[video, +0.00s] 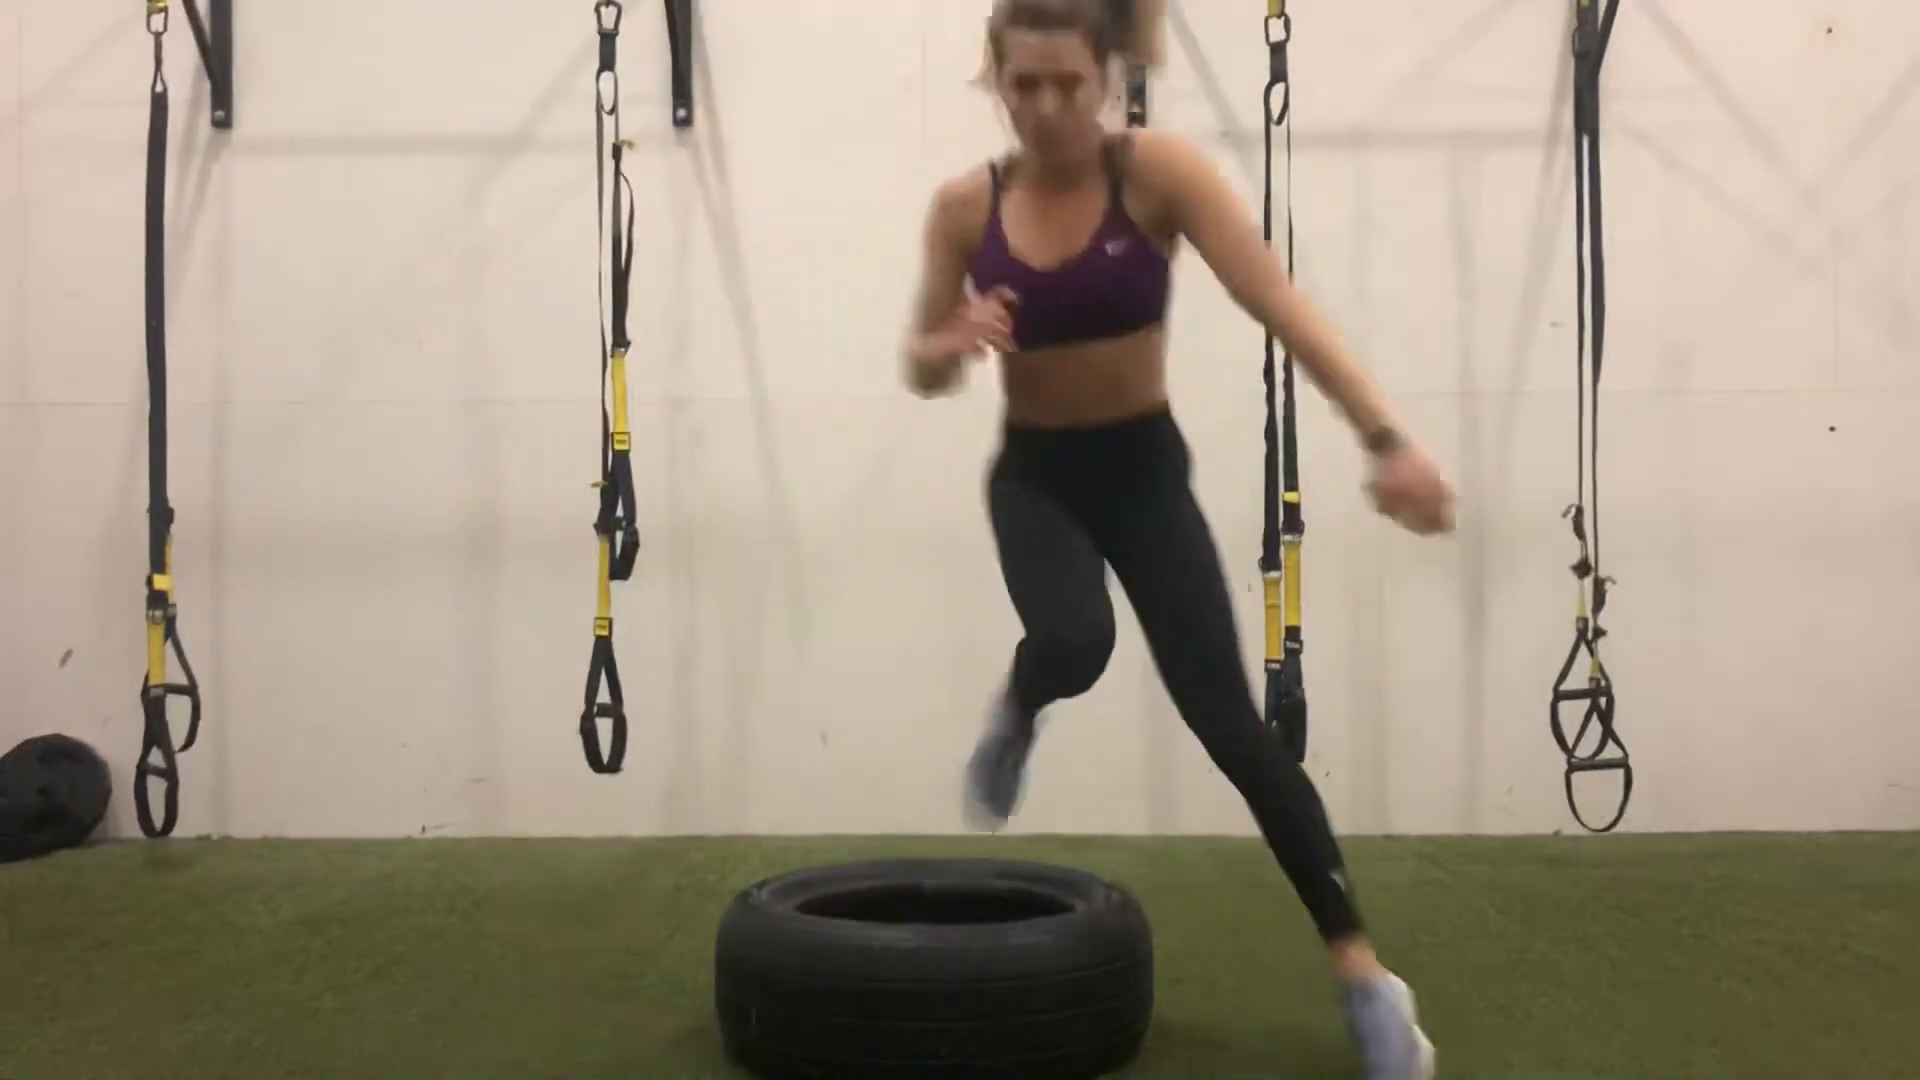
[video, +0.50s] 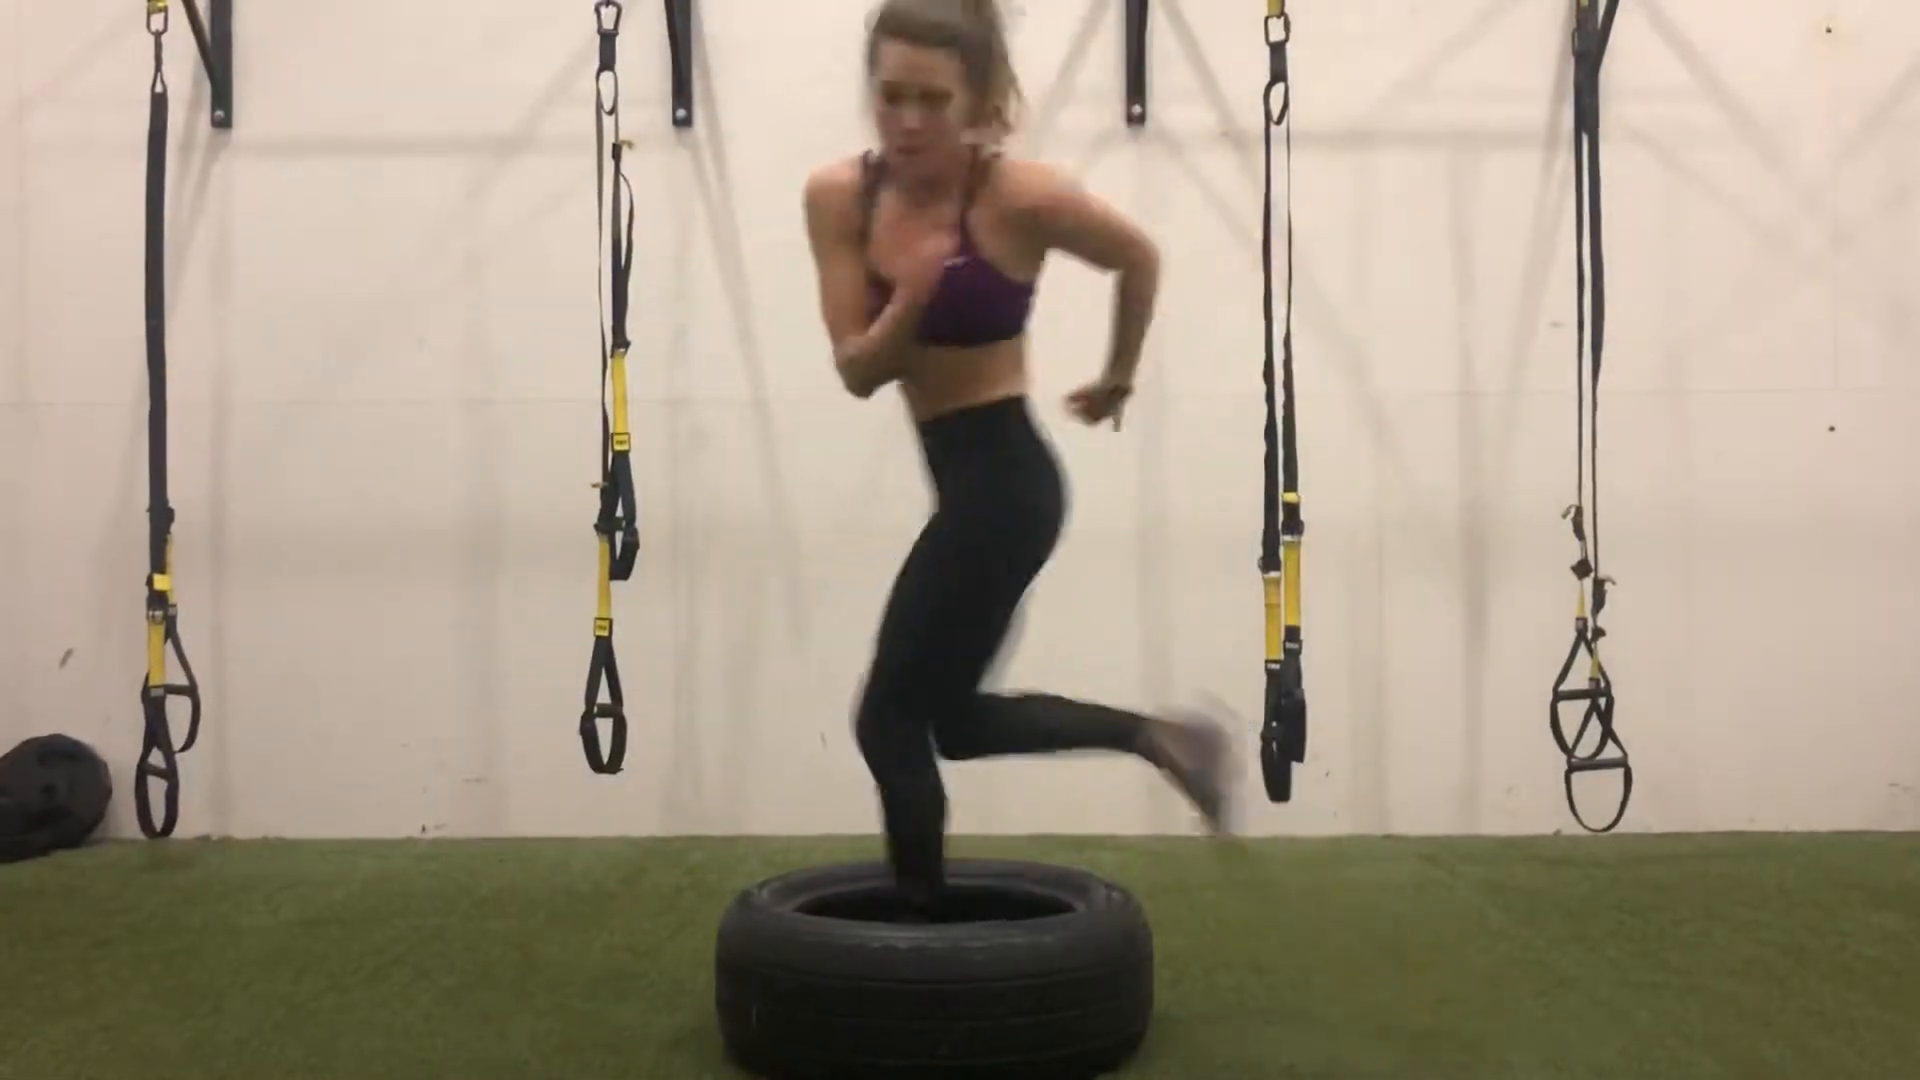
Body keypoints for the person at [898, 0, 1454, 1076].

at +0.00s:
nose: (1049, 107)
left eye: (1069, 83)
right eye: (1028, 84)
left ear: (1107, 75)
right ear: (998, 82)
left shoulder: (1162, 174)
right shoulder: (965, 209)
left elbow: (1276, 301)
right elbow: (925, 372)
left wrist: (1387, 440)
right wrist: (953, 340)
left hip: (1142, 466)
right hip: (1034, 472)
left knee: (1227, 721)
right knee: (1075, 644)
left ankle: (1360, 969)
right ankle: (1014, 717)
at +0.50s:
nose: (906, 122)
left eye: (930, 99)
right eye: (890, 97)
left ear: (980, 102)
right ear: (868, 94)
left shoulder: (1021, 196)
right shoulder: (840, 197)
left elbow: (1139, 259)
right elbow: (857, 373)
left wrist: (1118, 378)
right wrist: (914, 293)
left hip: (1008, 485)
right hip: (966, 484)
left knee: (889, 724)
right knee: (951, 722)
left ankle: (921, 939)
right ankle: (1169, 740)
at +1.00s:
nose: (844, 201)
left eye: (866, 180)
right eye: (826, 177)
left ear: (902, 166)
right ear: (794, 157)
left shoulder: (928, 275)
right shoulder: (738, 255)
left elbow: (1021, 410)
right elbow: (621, 318)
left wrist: (931, 360)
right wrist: (531, 374)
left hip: (793, 550)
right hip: (697, 510)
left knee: (709, 782)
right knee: (709, 724)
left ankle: (538, 969)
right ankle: (546, 743)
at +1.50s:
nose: (1040, 125)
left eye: (1058, 101)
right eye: (1017, 102)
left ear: (1087, 95)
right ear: (984, 102)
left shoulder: (1137, 175)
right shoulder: (947, 213)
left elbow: (1264, 308)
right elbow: (879, 353)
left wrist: (1349, 447)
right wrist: (924, 357)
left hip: (1132, 457)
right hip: (1025, 467)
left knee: (1217, 697)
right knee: (1065, 627)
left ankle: (1358, 928)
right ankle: (1038, 754)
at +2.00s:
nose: (948, 120)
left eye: (971, 101)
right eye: (931, 97)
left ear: (1009, 104)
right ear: (906, 95)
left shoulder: (1048, 206)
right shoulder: (858, 196)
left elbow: (1171, 285)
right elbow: (848, 377)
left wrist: (1223, 405)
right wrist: (876, 311)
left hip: (1018, 473)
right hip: (947, 477)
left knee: (891, 694)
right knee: (940, 722)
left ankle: (983, 902)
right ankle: (1125, 727)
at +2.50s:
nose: (795, 175)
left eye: (817, 156)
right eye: (777, 152)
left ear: (849, 152)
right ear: (745, 142)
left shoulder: (878, 238)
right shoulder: (691, 242)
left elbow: (941, 324)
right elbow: (613, 361)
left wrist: (932, 390)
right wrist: (603, 465)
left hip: (786, 518)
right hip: (676, 498)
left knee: (732, 761)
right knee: (602, 740)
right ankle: (463, 918)